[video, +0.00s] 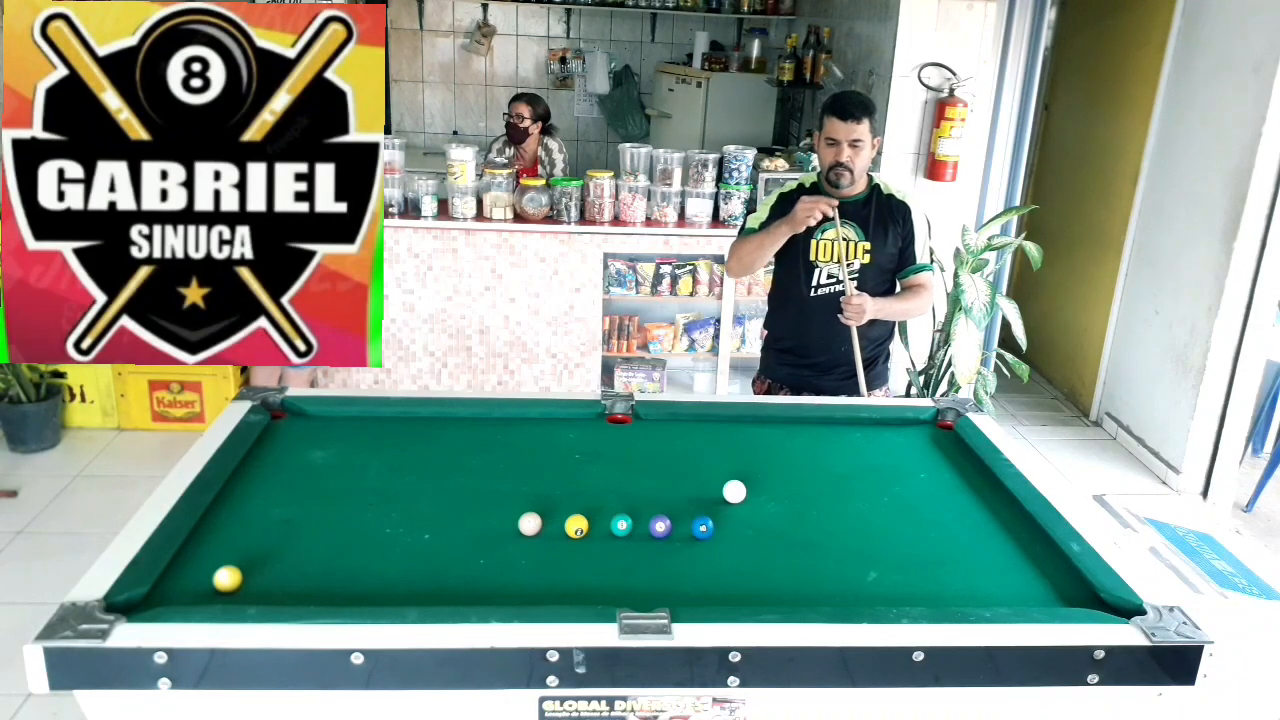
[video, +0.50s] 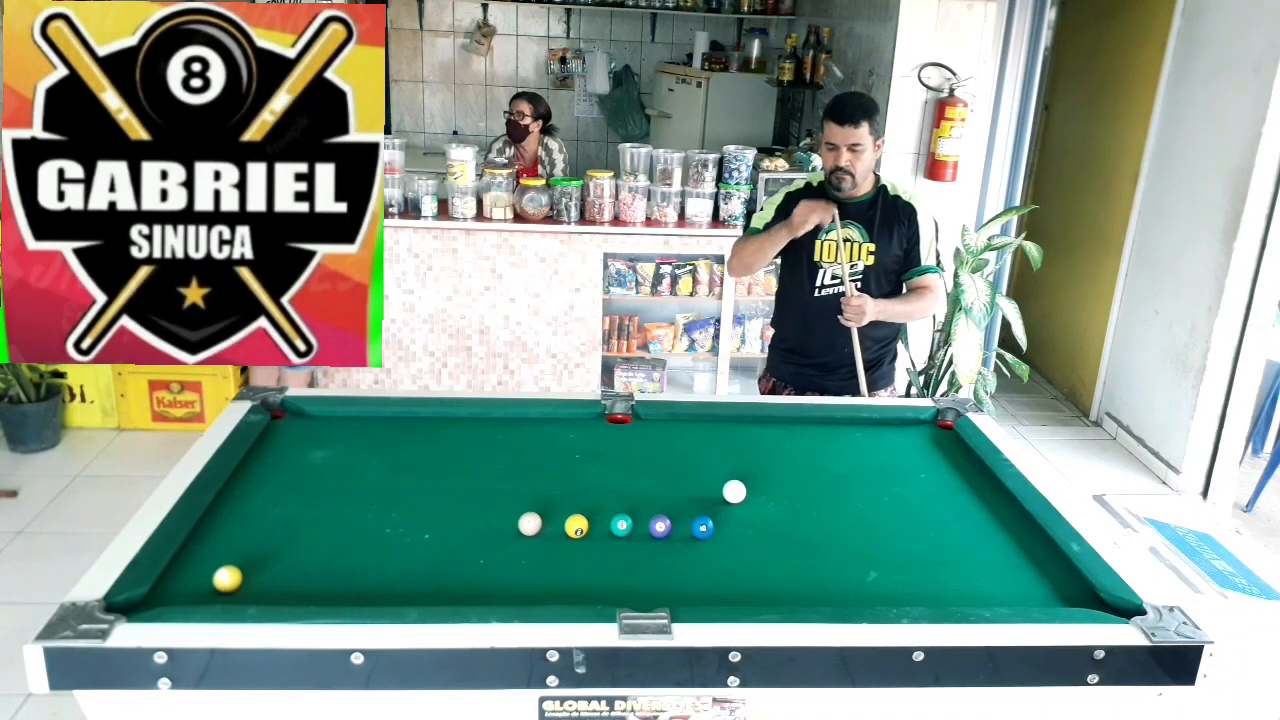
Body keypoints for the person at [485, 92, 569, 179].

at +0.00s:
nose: (511, 123)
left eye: (519, 118)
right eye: (510, 117)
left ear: (536, 127)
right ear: (506, 117)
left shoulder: (553, 147)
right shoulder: (499, 146)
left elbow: (560, 189)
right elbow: (486, 183)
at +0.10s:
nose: (511, 122)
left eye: (519, 118)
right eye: (510, 117)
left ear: (536, 127)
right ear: (506, 117)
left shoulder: (553, 147)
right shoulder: (499, 146)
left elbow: (560, 189)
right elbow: (486, 184)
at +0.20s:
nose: (511, 122)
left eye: (519, 117)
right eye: (510, 116)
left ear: (536, 127)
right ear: (506, 117)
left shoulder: (553, 147)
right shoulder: (499, 146)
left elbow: (561, 189)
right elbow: (486, 183)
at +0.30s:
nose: (511, 121)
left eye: (519, 117)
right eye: (510, 116)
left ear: (537, 126)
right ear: (506, 117)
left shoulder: (553, 147)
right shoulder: (499, 146)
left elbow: (561, 189)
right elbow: (486, 183)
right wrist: (506, 171)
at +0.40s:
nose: (511, 121)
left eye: (519, 116)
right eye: (510, 115)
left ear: (537, 126)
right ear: (506, 116)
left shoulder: (554, 147)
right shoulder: (499, 146)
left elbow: (561, 189)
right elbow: (486, 183)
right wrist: (506, 171)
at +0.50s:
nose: (511, 120)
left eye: (519, 115)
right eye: (510, 114)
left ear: (537, 125)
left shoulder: (554, 147)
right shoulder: (499, 146)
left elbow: (560, 189)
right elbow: (486, 183)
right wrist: (507, 171)